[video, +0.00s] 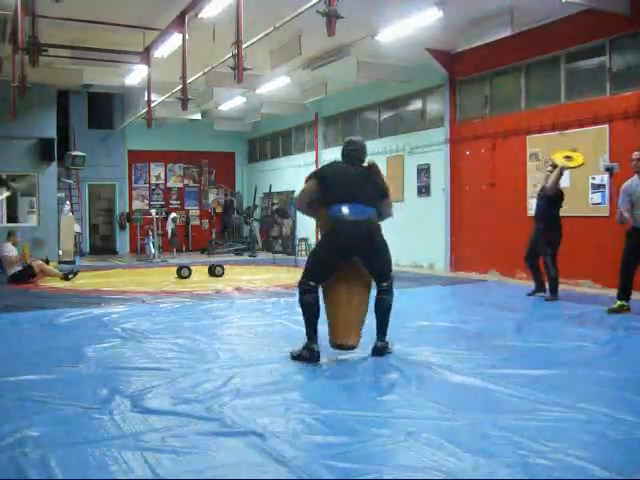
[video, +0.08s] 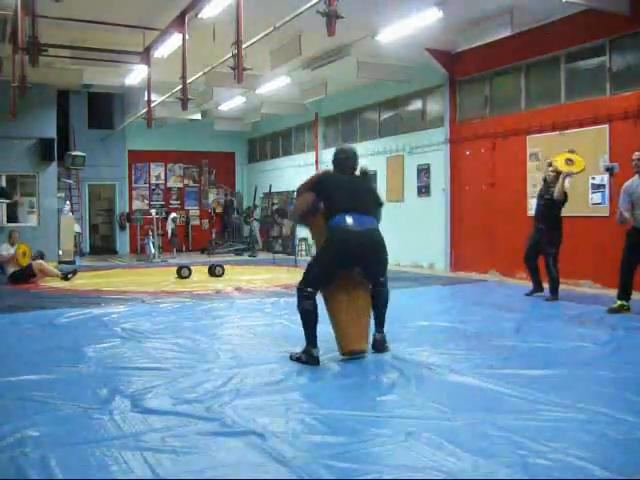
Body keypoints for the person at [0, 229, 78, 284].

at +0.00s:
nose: (18, 240)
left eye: (17, 237)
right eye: (16, 237)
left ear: (12, 238)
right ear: (11, 238)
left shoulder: (12, 248)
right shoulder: (7, 247)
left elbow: (13, 261)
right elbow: (10, 261)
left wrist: (24, 259)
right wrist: (21, 257)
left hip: (18, 274)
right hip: (14, 276)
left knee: (43, 269)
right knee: (39, 264)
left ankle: (64, 275)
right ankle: (63, 276)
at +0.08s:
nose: (16, 239)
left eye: (17, 237)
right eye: (14, 237)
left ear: (18, 237)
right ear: (10, 237)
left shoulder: (18, 248)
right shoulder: (5, 247)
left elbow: (23, 262)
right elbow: (2, 258)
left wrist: (27, 256)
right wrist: (14, 255)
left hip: (22, 274)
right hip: (13, 276)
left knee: (45, 269)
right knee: (39, 263)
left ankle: (63, 275)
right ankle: (62, 275)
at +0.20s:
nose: (15, 240)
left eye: (16, 238)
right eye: (13, 238)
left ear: (18, 239)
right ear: (9, 239)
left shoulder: (19, 248)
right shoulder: (4, 247)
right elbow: (2, 258)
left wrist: (27, 254)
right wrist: (10, 254)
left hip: (22, 274)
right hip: (13, 275)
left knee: (45, 270)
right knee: (39, 263)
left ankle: (63, 275)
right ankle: (61, 275)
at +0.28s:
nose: (15, 240)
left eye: (16, 238)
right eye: (12, 238)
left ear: (18, 239)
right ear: (9, 239)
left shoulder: (21, 248)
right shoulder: (4, 248)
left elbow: (28, 258)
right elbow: (2, 259)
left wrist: (26, 253)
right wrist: (9, 253)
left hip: (22, 273)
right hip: (12, 275)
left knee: (44, 270)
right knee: (39, 264)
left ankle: (62, 275)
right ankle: (61, 275)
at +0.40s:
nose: (14, 241)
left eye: (15, 239)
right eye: (12, 239)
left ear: (18, 239)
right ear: (8, 239)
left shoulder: (20, 247)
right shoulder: (5, 248)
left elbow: (25, 260)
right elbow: (2, 260)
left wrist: (27, 255)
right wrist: (10, 254)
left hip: (22, 273)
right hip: (12, 275)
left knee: (45, 271)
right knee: (38, 264)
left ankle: (63, 275)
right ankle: (61, 275)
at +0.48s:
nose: (15, 240)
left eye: (16, 238)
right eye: (12, 238)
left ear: (18, 238)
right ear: (8, 238)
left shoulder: (19, 247)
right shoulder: (5, 247)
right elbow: (2, 258)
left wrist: (27, 255)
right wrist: (14, 255)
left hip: (22, 274)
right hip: (13, 276)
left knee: (45, 270)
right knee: (38, 264)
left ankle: (64, 275)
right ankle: (62, 275)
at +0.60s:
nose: (17, 240)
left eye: (17, 238)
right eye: (15, 237)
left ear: (17, 239)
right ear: (9, 237)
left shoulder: (12, 248)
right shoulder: (6, 246)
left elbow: (14, 261)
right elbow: (9, 261)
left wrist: (24, 256)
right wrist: (21, 255)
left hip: (19, 274)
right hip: (14, 276)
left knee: (45, 270)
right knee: (39, 264)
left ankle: (64, 274)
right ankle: (62, 275)